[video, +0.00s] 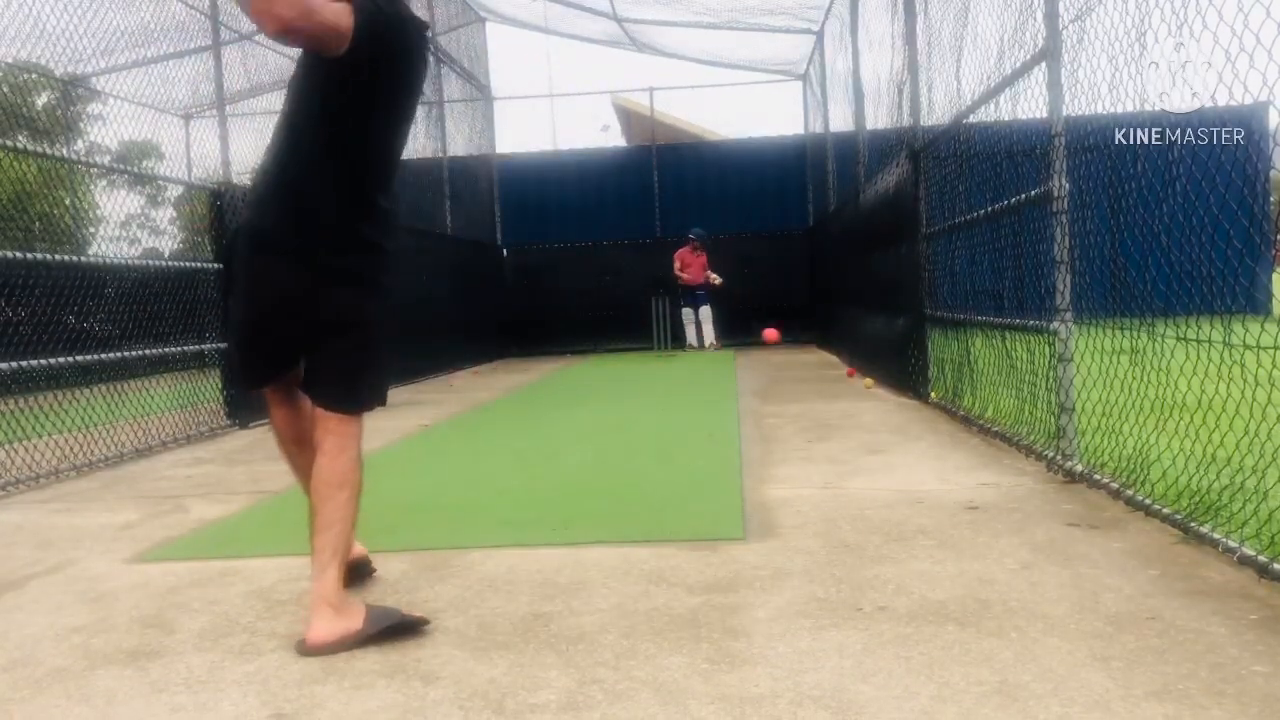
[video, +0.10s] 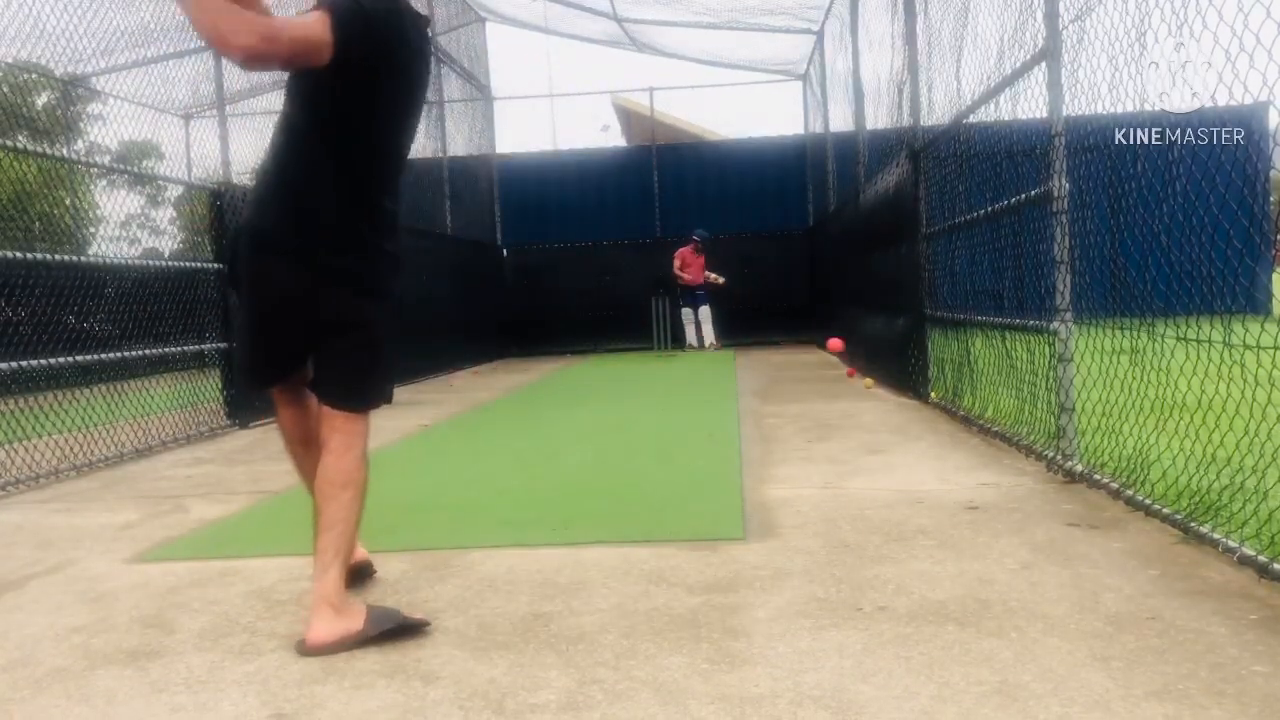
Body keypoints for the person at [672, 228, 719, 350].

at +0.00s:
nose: (695, 244)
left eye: (697, 241)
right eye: (694, 241)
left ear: (701, 242)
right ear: (691, 240)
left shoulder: (702, 254)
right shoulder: (680, 254)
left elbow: (706, 270)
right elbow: (676, 270)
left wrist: (712, 276)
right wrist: (684, 276)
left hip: (701, 286)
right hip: (686, 287)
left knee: (705, 314)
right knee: (688, 315)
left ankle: (709, 342)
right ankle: (691, 343)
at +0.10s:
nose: (702, 246)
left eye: (703, 244)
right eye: (701, 244)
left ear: (702, 244)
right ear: (695, 242)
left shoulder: (701, 255)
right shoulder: (681, 252)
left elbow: (701, 272)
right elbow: (676, 269)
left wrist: (713, 277)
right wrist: (685, 276)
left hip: (700, 287)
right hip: (686, 288)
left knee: (705, 315)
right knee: (688, 317)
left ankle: (709, 342)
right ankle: (691, 343)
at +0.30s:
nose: (734, 269)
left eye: (735, 268)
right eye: (733, 266)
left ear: (735, 267)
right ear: (729, 263)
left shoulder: (727, 272)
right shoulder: (717, 272)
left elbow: (726, 284)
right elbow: (719, 287)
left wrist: (727, 291)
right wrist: (725, 291)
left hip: (716, 290)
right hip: (703, 290)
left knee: (721, 312)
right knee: (698, 313)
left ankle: (721, 341)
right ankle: (691, 336)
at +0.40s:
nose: (733, 262)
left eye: (735, 261)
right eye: (732, 259)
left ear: (735, 260)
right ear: (727, 257)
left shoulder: (729, 268)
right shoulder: (714, 265)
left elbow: (728, 276)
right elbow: (713, 286)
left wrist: (730, 284)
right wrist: (726, 295)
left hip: (717, 289)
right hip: (703, 288)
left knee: (719, 312)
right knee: (696, 313)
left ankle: (721, 342)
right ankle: (691, 334)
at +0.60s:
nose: (722, 248)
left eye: (725, 246)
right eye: (721, 245)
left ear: (728, 248)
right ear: (717, 245)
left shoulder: (728, 262)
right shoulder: (707, 255)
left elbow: (729, 280)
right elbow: (696, 268)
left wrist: (732, 294)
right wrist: (701, 278)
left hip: (717, 289)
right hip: (702, 287)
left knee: (718, 312)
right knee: (696, 314)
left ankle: (721, 342)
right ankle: (697, 342)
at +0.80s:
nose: (712, 242)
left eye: (714, 239)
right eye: (709, 239)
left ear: (717, 241)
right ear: (705, 240)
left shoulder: (720, 256)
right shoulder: (697, 253)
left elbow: (724, 274)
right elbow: (689, 267)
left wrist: (725, 285)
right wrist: (693, 271)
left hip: (713, 288)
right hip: (698, 288)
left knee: (715, 312)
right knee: (696, 316)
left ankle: (721, 341)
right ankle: (699, 343)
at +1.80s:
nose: (708, 240)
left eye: (711, 237)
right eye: (706, 238)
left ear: (716, 238)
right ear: (704, 239)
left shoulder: (725, 252)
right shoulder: (702, 252)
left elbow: (732, 270)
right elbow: (699, 269)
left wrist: (720, 275)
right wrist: (704, 275)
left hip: (719, 285)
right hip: (706, 285)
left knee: (720, 312)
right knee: (701, 312)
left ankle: (722, 342)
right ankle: (699, 342)